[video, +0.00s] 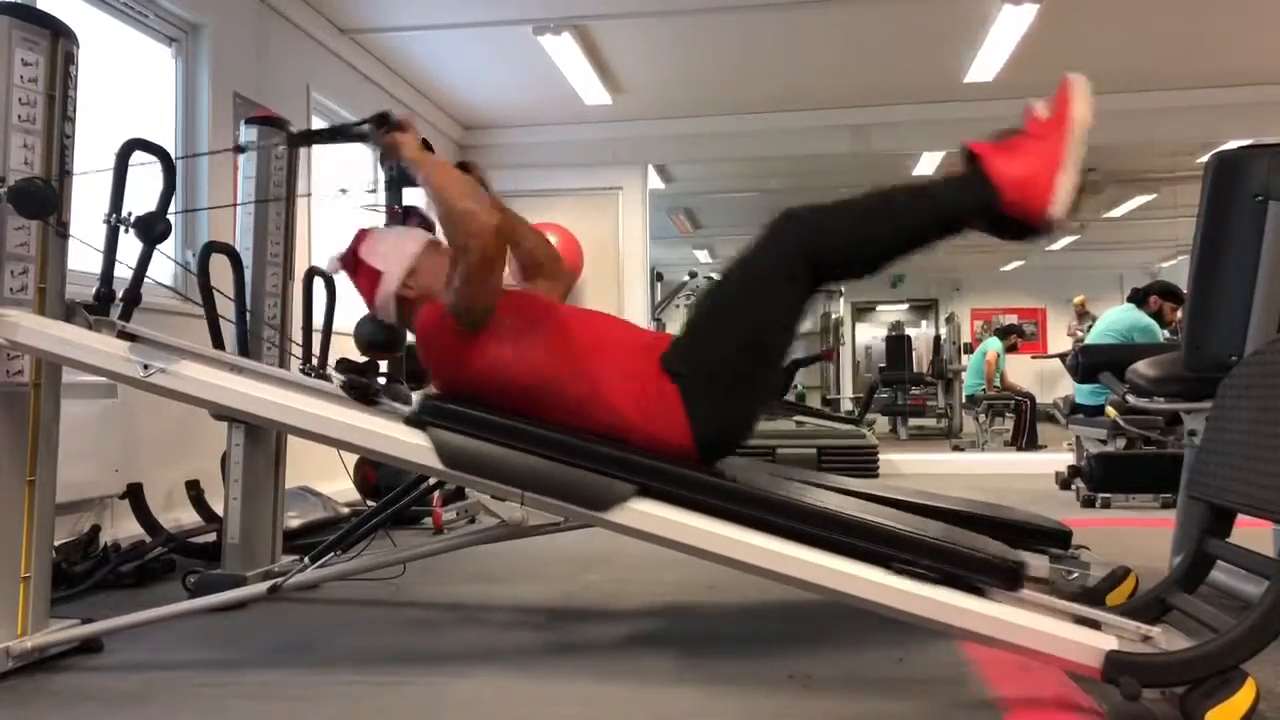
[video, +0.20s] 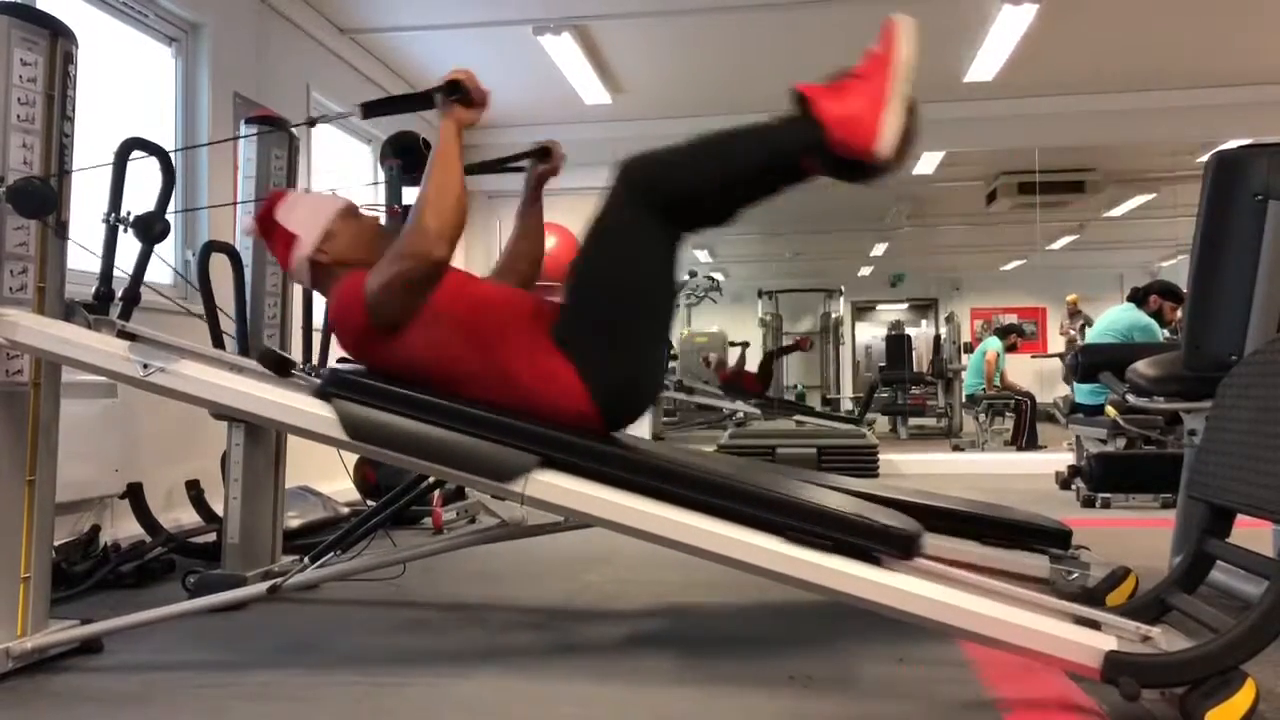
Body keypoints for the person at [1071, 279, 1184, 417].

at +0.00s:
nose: (1175, 319)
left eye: (1177, 312)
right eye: (1173, 310)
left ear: (1153, 302)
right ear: (1154, 302)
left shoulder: (1116, 312)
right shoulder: (1146, 325)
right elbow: (1160, 370)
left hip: (1083, 397)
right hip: (1102, 401)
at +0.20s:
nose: (1175, 318)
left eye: (1177, 311)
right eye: (1173, 310)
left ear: (1153, 302)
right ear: (1154, 302)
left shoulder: (1117, 311)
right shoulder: (1146, 324)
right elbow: (1160, 369)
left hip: (1083, 396)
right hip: (1102, 400)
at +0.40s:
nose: (1174, 319)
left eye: (1176, 312)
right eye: (1173, 310)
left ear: (1153, 302)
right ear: (1154, 302)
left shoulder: (1118, 312)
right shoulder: (1146, 325)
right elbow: (1160, 371)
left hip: (1083, 397)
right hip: (1102, 401)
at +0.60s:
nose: (1174, 319)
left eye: (1176, 312)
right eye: (1173, 310)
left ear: (1153, 302)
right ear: (1154, 302)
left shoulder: (1117, 312)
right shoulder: (1145, 324)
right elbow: (1160, 371)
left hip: (1081, 396)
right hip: (1101, 401)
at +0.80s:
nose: (1174, 319)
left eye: (1176, 311)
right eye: (1173, 310)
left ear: (1153, 302)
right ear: (1154, 302)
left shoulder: (1118, 311)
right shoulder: (1145, 324)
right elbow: (1160, 371)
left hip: (1082, 396)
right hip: (1101, 401)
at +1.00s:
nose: (1175, 318)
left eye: (1176, 311)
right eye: (1173, 309)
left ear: (1153, 302)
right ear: (1155, 302)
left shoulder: (1118, 311)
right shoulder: (1146, 325)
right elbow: (1160, 371)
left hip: (1084, 397)